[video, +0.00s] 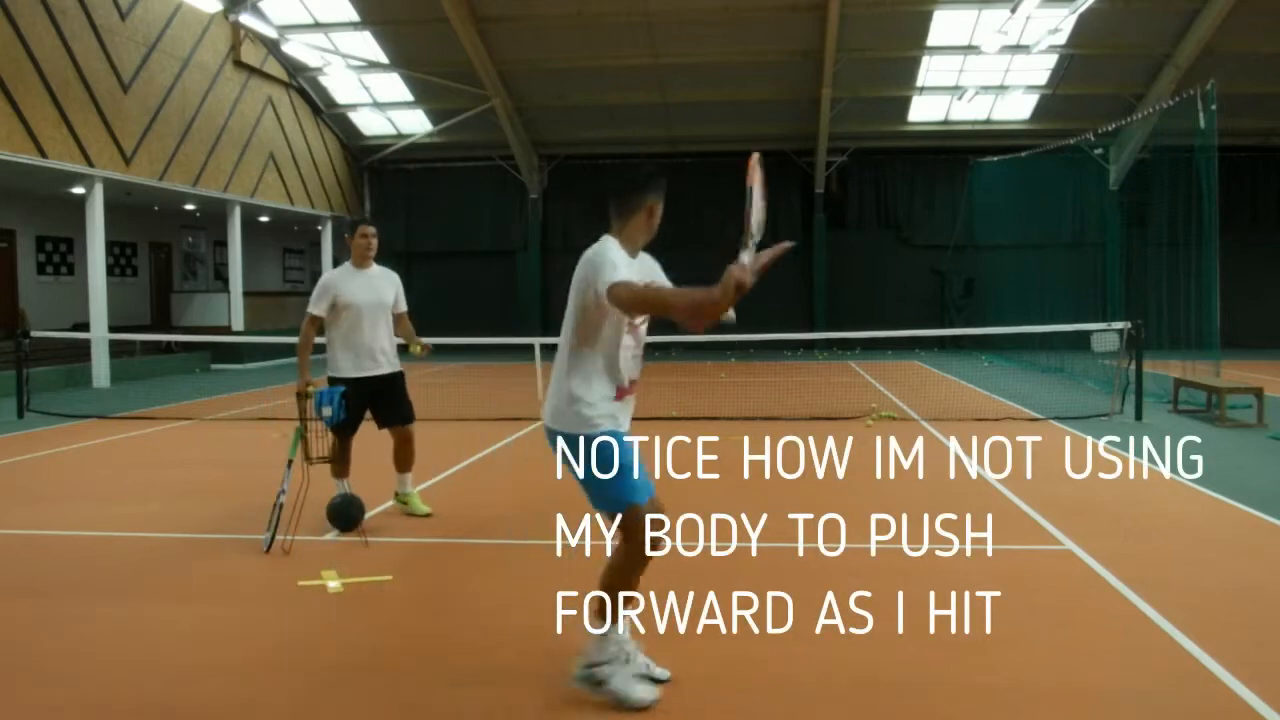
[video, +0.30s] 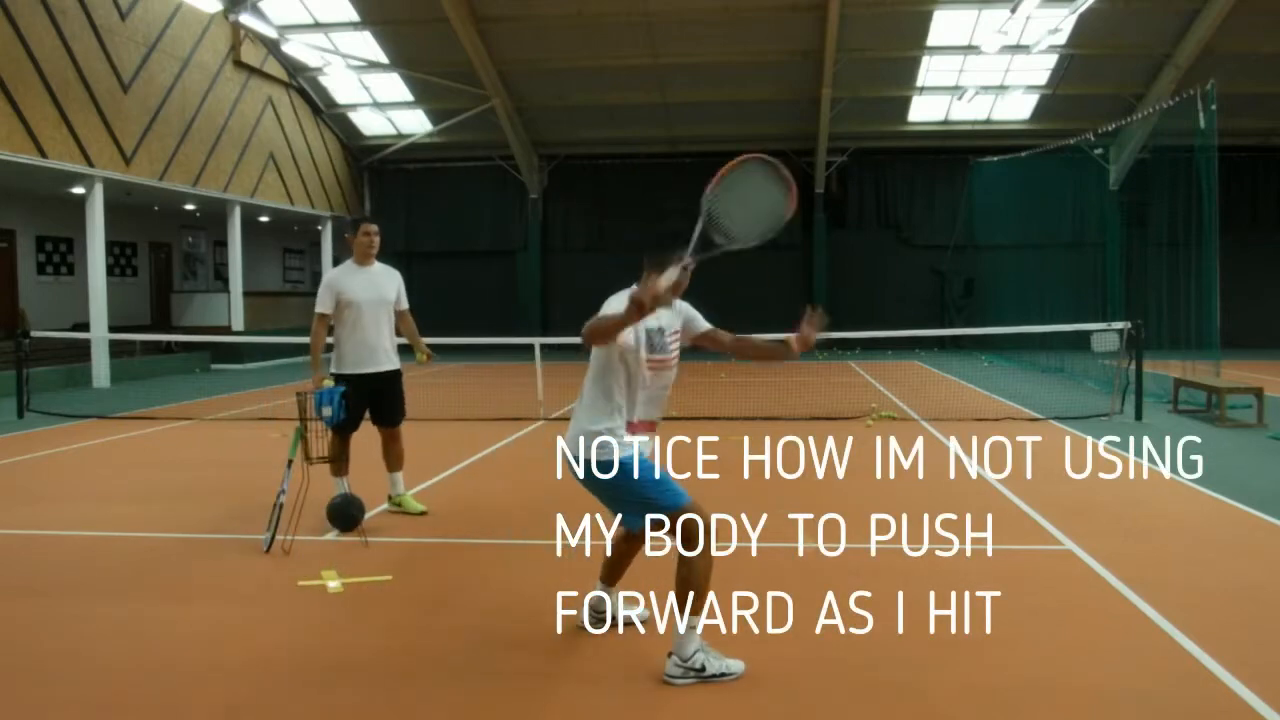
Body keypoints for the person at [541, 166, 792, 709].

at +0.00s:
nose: (657, 217)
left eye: (656, 210)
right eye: (657, 209)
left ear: (625, 209)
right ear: (649, 210)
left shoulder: (644, 264)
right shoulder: (602, 257)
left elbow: (695, 319)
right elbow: (631, 298)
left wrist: (737, 280)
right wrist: (717, 295)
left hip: (608, 415)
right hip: (582, 416)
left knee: (643, 525)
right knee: (643, 526)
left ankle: (613, 640)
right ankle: (598, 654)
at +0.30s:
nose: (684, 279)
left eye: (686, 271)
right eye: (676, 269)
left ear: (685, 278)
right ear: (652, 271)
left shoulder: (679, 313)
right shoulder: (623, 304)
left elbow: (730, 343)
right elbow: (590, 335)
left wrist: (793, 344)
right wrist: (634, 315)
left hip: (624, 443)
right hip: (598, 445)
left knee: (638, 522)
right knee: (694, 524)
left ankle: (599, 605)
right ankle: (686, 652)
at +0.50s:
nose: (686, 289)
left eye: (688, 281)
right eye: (680, 280)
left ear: (680, 285)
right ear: (656, 281)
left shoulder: (678, 321)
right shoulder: (624, 324)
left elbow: (733, 362)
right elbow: (607, 368)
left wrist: (795, 396)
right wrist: (595, 396)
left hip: (621, 446)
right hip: (593, 446)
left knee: (649, 521)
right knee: (680, 524)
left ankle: (599, 603)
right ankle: (683, 650)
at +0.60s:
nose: (681, 282)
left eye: (683, 274)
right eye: (675, 274)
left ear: (675, 275)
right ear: (652, 273)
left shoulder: (673, 308)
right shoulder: (622, 319)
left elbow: (705, 339)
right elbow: (615, 378)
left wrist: (744, 368)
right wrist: (603, 428)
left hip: (631, 440)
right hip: (603, 444)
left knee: (642, 518)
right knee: (681, 526)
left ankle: (600, 602)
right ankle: (679, 646)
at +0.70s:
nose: (677, 249)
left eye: (676, 239)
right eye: (675, 240)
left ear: (640, 238)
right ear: (662, 241)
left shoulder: (613, 276)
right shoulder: (645, 294)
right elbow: (659, 372)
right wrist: (656, 434)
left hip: (590, 423)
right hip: (626, 427)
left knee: (631, 506)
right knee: (678, 517)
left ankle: (601, 599)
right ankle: (676, 636)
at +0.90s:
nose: (667, 207)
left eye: (665, 200)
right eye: (666, 200)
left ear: (621, 200)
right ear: (656, 203)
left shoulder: (582, 246)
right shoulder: (667, 256)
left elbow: (540, 301)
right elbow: (699, 255)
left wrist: (580, 284)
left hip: (589, 402)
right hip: (650, 401)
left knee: (577, 503)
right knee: (670, 497)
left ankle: (577, 606)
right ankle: (695, 607)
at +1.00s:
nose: (657, 220)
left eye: (651, 212)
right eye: (657, 213)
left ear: (614, 219)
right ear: (652, 218)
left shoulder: (588, 274)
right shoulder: (658, 259)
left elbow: (555, 338)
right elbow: (628, 221)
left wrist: (593, 323)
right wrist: (586, 209)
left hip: (599, 425)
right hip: (657, 419)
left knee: (555, 519)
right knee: (681, 513)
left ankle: (532, 633)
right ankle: (732, 611)